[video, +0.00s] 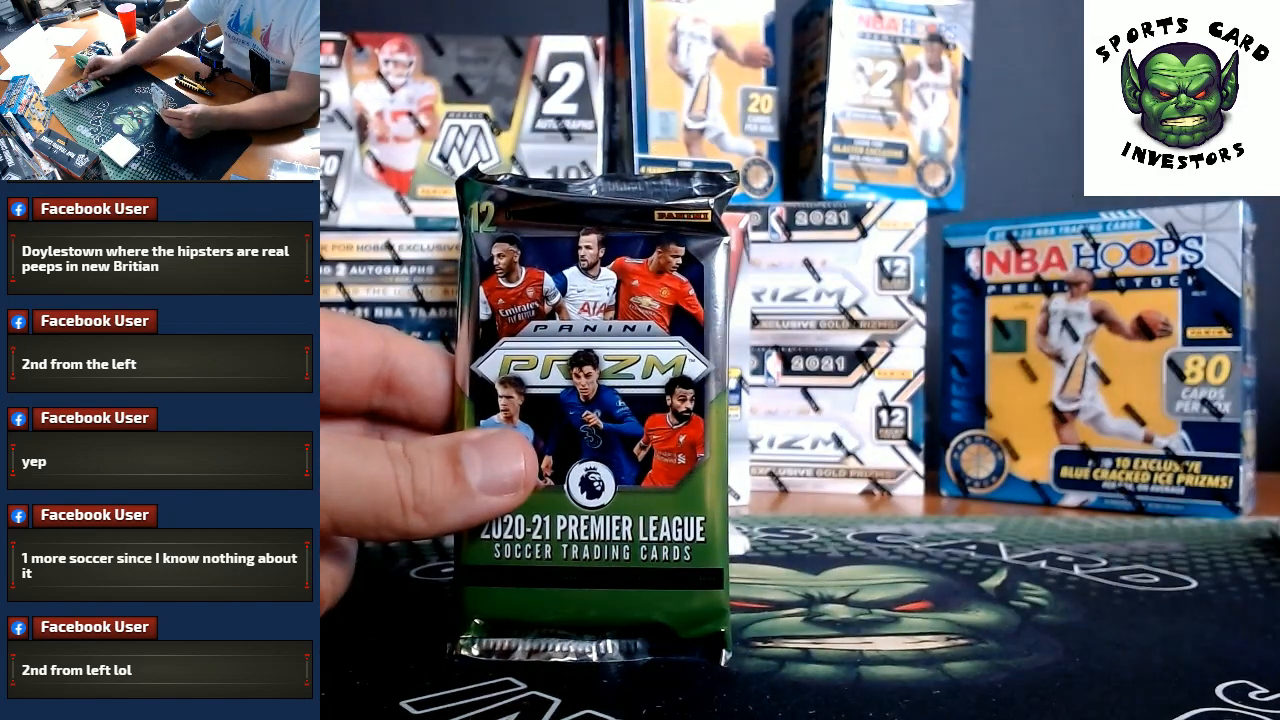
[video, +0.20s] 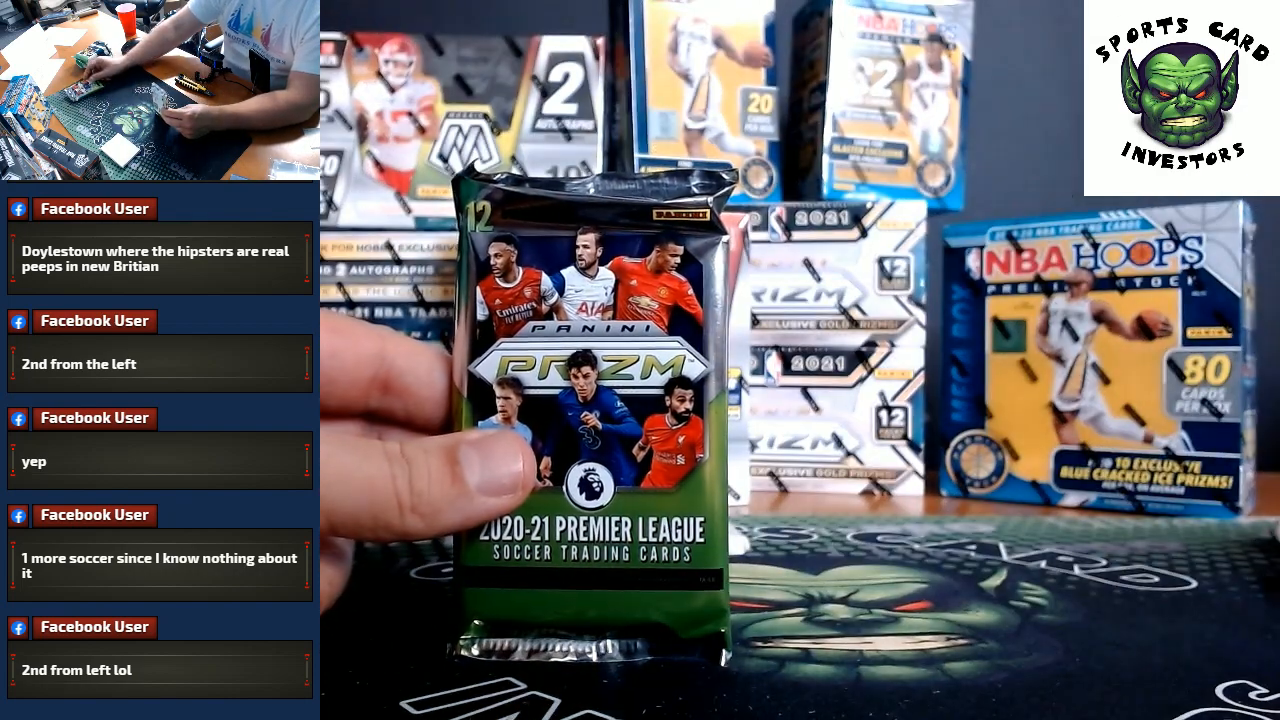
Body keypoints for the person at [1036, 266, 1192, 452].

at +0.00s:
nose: (1072, 288)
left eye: (1077, 284)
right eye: (1071, 283)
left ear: (1087, 286)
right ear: (1067, 284)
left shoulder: (1095, 308)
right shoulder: (1053, 304)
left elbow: (1125, 331)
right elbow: (1039, 335)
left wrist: (1155, 330)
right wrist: (1047, 350)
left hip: (1081, 365)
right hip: (1063, 366)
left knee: (1062, 417)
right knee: (1103, 424)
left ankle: (1077, 473)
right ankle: (1165, 442)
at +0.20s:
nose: (1072, 288)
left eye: (1077, 284)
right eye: (1071, 283)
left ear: (1087, 286)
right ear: (1067, 284)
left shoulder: (1095, 308)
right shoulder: (1053, 304)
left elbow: (1125, 331)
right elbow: (1039, 335)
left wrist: (1155, 330)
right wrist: (1047, 350)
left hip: (1081, 365)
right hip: (1063, 366)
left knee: (1062, 417)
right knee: (1103, 424)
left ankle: (1077, 473)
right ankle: (1165, 442)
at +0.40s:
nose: (1072, 288)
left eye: (1077, 284)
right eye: (1070, 283)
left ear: (1087, 286)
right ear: (1067, 283)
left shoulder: (1095, 308)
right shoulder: (1053, 303)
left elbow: (1126, 331)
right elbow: (1039, 335)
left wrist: (1156, 330)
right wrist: (1047, 350)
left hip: (1081, 365)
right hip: (1063, 366)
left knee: (1062, 418)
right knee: (1103, 424)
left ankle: (1077, 473)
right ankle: (1165, 442)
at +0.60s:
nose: (1072, 288)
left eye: (1077, 284)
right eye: (1070, 283)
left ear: (1087, 286)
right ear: (1067, 283)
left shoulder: (1095, 308)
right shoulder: (1053, 303)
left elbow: (1126, 331)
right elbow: (1039, 335)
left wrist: (1156, 330)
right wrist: (1047, 350)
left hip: (1081, 365)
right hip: (1064, 366)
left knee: (1062, 418)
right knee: (1103, 424)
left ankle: (1078, 473)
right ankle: (1165, 442)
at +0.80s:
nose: (1072, 288)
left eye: (1077, 284)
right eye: (1070, 283)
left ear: (1087, 286)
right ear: (1067, 283)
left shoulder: (1095, 308)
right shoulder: (1053, 303)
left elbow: (1126, 331)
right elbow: (1039, 335)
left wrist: (1156, 330)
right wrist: (1047, 350)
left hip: (1081, 365)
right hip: (1064, 366)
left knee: (1062, 418)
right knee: (1103, 424)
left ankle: (1077, 473)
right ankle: (1165, 442)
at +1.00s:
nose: (1072, 288)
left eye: (1077, 284)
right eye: (1070, 283)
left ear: (1087, 286)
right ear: (1067, 283)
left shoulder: (1095, 308)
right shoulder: (1053, 303)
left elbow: (1126, 331)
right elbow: (1039, 335)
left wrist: (1156, 330)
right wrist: (1047, 350)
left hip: (1081, 365)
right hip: (1063, 366)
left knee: (1062, 418)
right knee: (1103, 424)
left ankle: (1077, 473)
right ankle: (1165, 442)